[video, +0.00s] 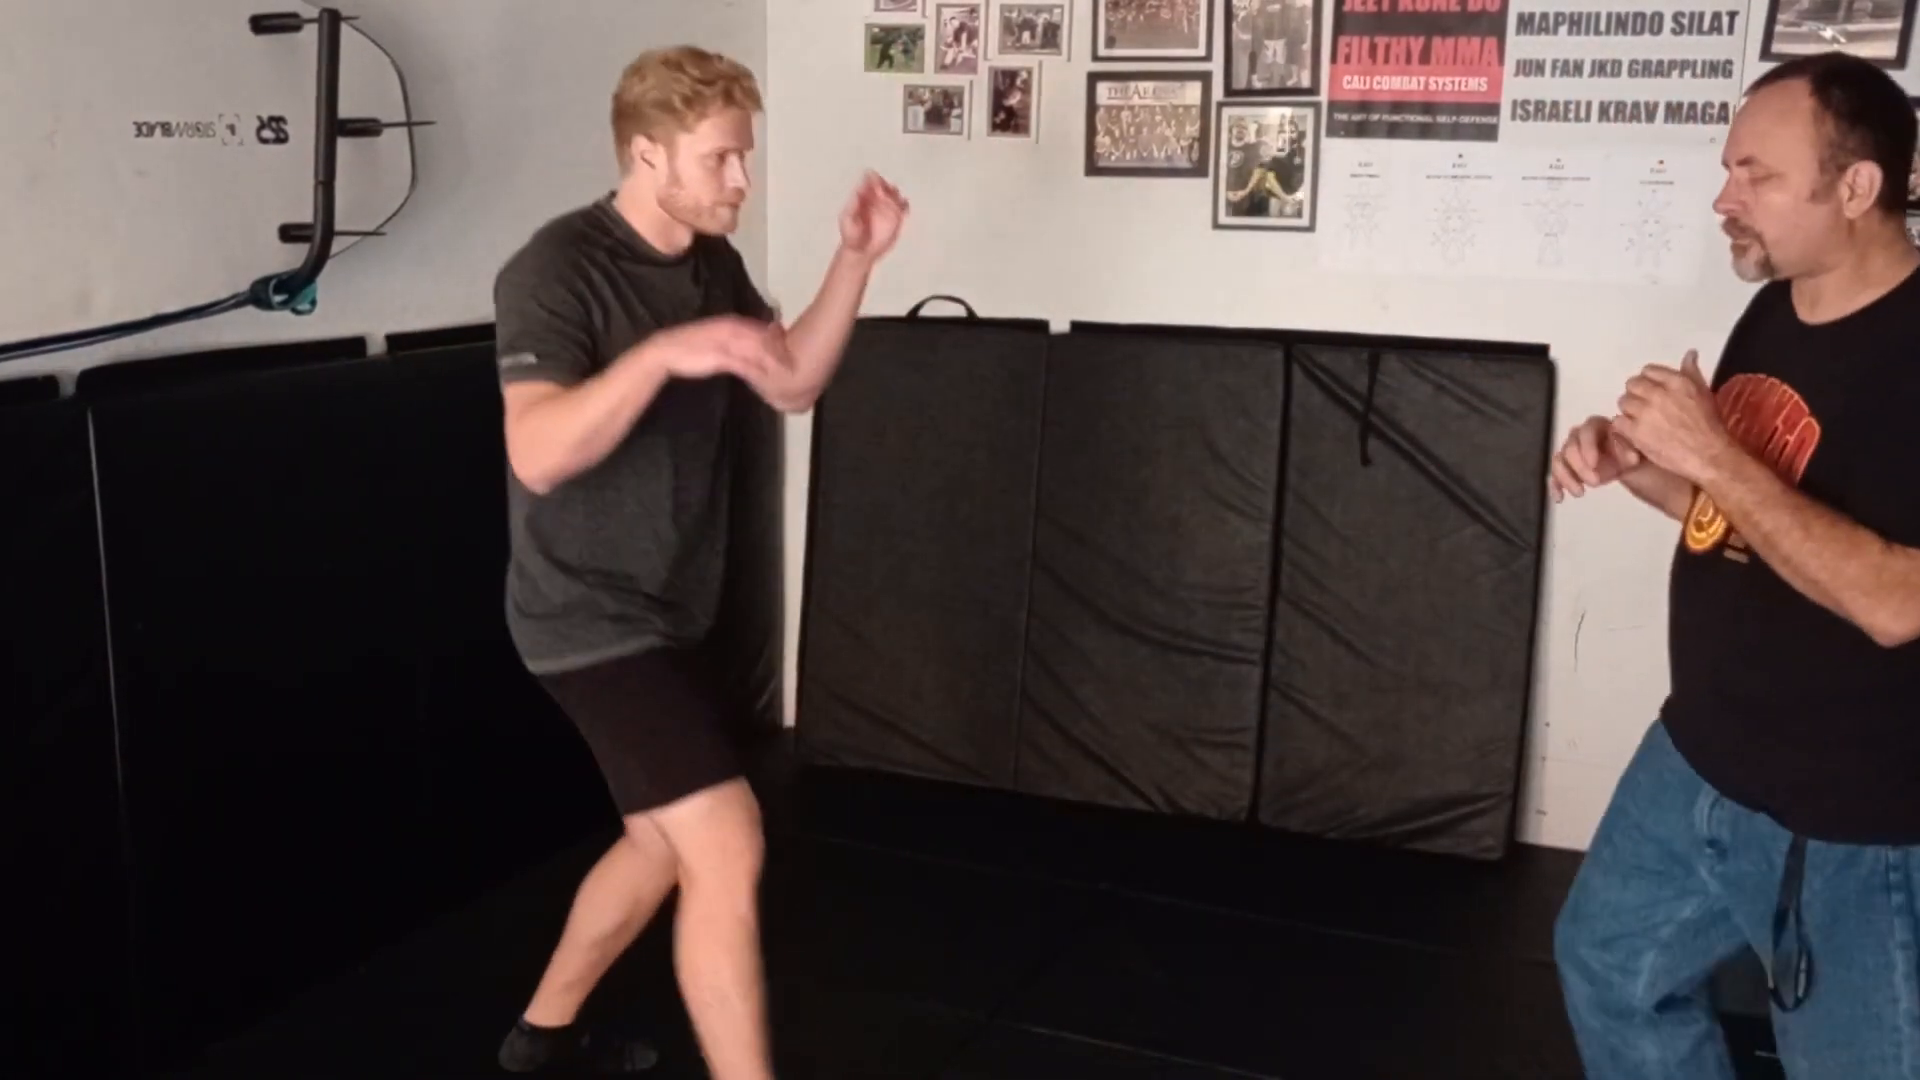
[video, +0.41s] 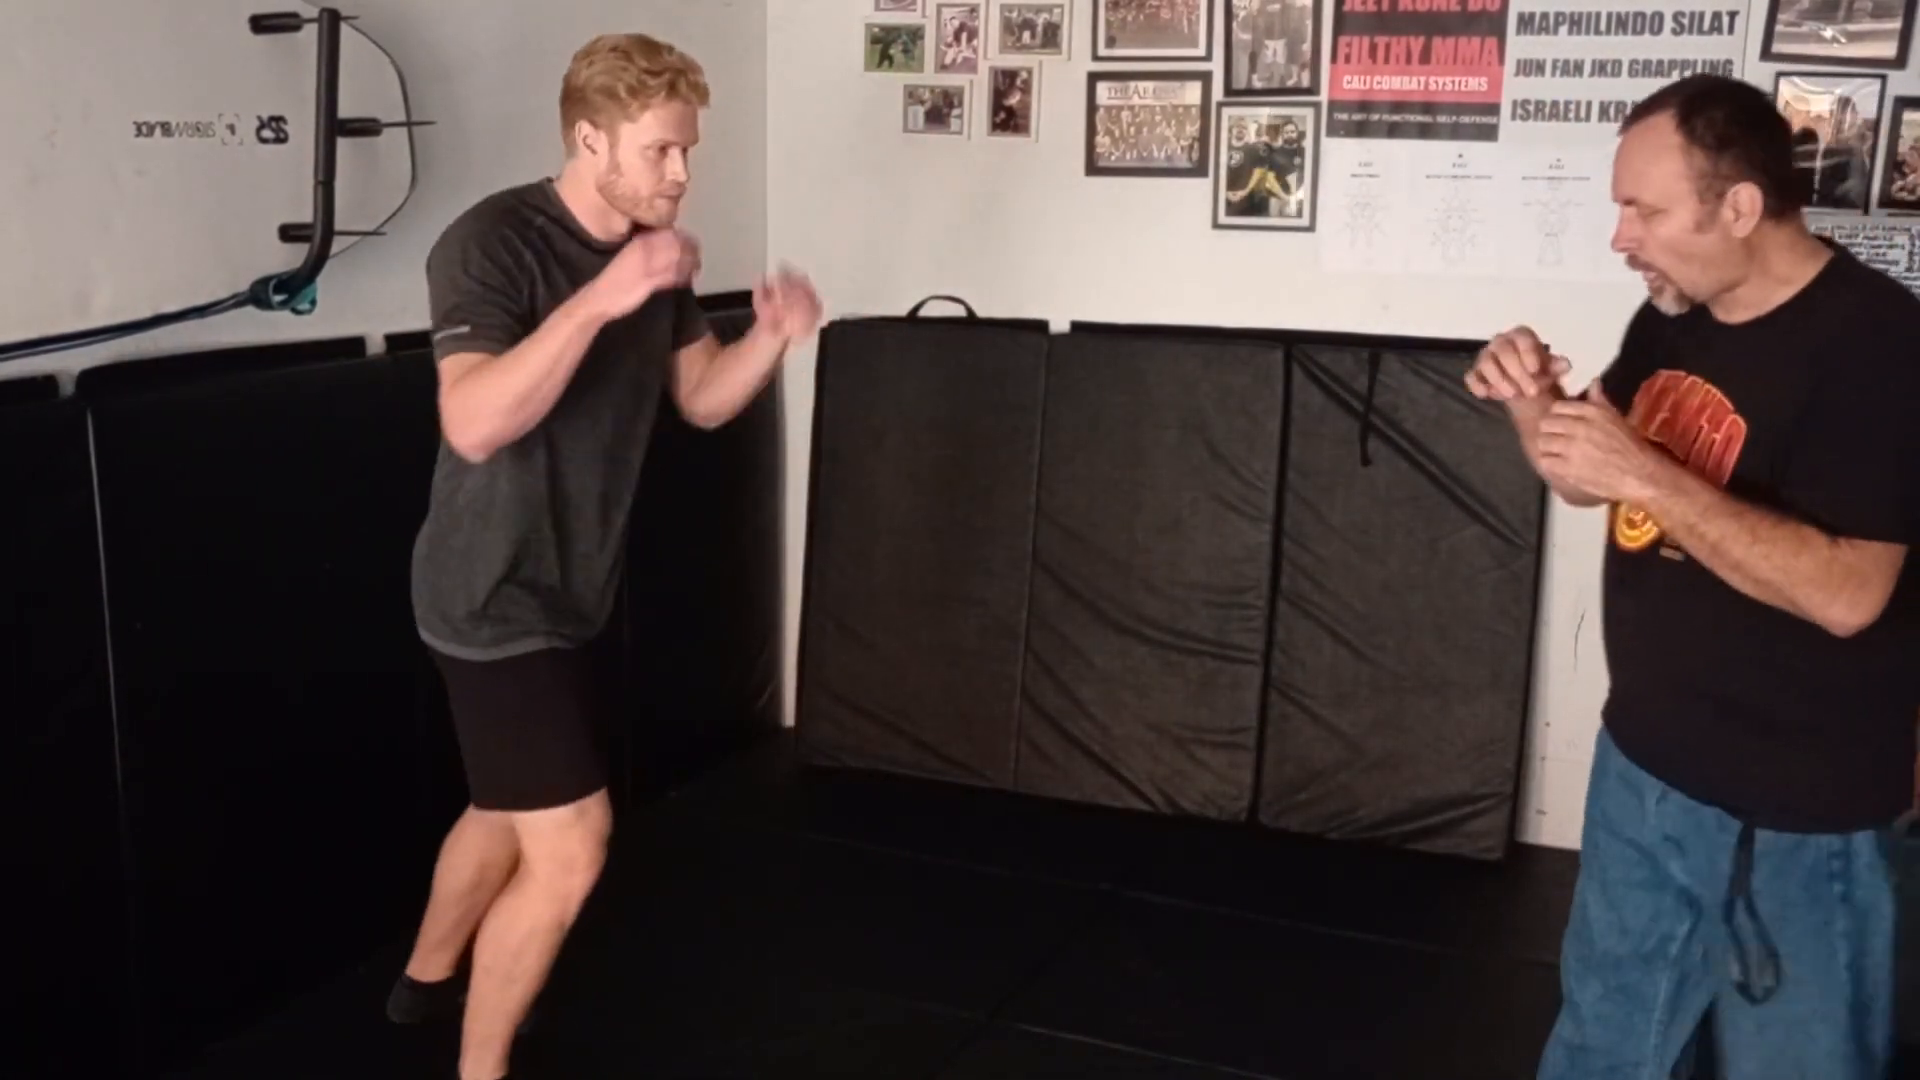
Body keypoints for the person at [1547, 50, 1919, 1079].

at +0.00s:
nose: (1725, 202)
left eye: (1755, 175)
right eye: (1730, 172)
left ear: (1857, 189)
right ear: (1840, 194)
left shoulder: (1918, 344)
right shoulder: (1775, 313)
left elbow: (1897, 603)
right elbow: (1746, 519)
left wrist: (1713, 458)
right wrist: (1641, 463)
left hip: (1866, 827)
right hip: (1701, 762)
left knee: (1856, 1059)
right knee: (1612, 967)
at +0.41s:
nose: (1621, 238)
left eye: (1643, 212)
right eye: (1621, 210)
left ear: (1741, 209)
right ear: (1725, 211)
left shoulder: (1884, 342)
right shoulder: (1679, 311)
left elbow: (1850, 592)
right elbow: (1589, 479)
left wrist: (1638, 473)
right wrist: (1536, 403)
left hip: (1818, 824)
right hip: (1649, 780)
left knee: (1807, 1064)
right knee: (1602, 1053)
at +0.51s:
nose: (1594, 248)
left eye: (1616, 223)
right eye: (1591, 219)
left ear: (1713, 219)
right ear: (1698, 220)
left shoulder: (1865, 346)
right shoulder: (1634, 319)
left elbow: (1852, 595)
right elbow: (1557, 484)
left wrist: (1644, 490)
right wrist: (1488, 440)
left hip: (1759, 822)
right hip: (1613, 778)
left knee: (1697, 1062)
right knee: (1580, 1049)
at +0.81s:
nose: (1589, 276)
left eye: (1615, 252)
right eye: (1589, 246)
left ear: (1719, 257)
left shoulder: (1822, 408)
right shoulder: (1651, 315)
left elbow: (1718, 635)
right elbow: (1590, 439)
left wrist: (1574, 459)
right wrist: (1508, 521)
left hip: (1625, 811)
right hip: (1488, 685)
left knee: (1602, 1062)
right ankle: (1216, 1066)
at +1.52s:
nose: (1483, 235)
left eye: (1513, 205)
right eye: (1473, 205)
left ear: (1606, 206)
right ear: (1464, 199)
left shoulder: (1681, 364)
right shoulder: (1487, 288)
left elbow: (1561, 590)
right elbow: (1421, 410)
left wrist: (1476, 396)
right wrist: (1303, 459)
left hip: (1496, 743)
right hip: (1363, 618)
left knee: (1449, 1016)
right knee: (1186, 769)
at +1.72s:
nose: (1465, 197)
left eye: (1495, 170)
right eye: (1456, 166)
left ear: (1584, 180)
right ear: (1447, 165)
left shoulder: (1667, 339)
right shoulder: (1452, 280)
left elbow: (1629, 576)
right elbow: (1412, 451)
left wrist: (1471, 426)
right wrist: (1340, 432)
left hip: (1524, 760)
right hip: (1379, 706)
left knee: (1465, 1042)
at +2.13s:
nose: (1389, 212)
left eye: (1410, 186)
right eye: (1389, 185)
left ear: (1494, 192)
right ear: (1483, 193)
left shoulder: (1583, 313)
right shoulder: (1464, 305)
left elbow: (1516, 524)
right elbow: (1441, 491)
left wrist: (1369, 397)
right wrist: (1346, 436)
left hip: (1571, 736)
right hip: (1436, 700)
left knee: (1598, 1015)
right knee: (1354, 926)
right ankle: (1341, 1073)